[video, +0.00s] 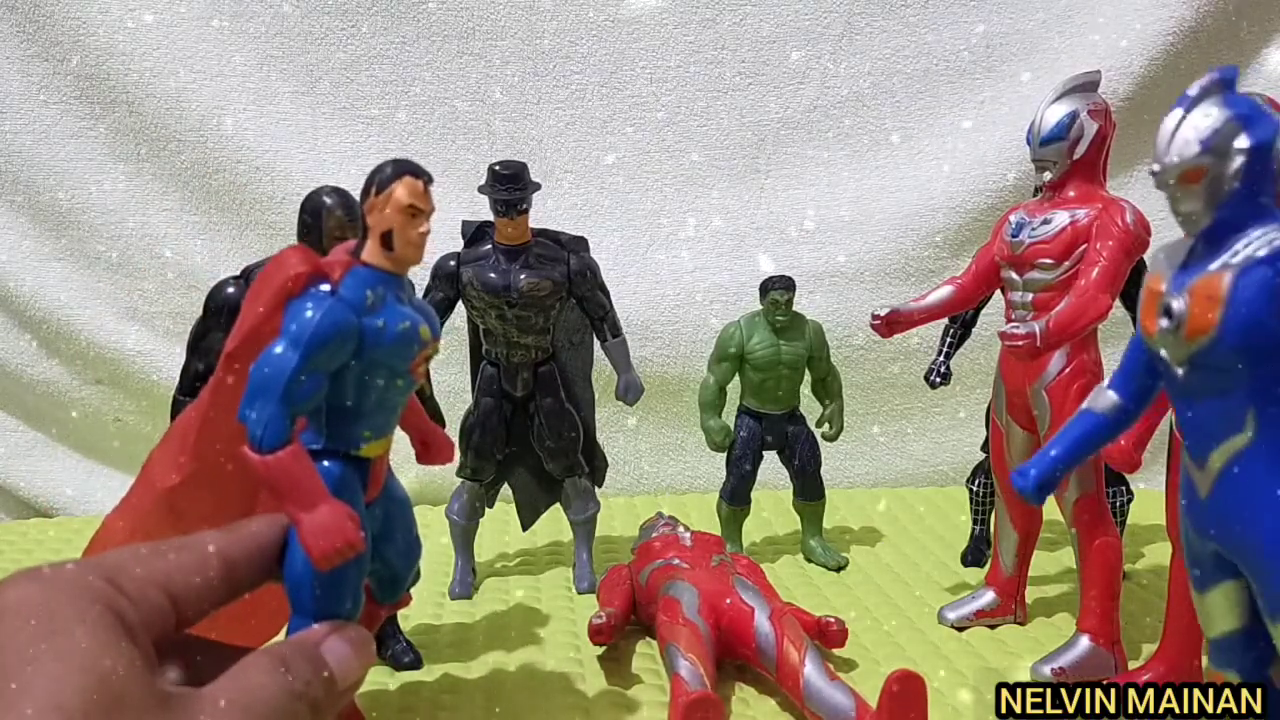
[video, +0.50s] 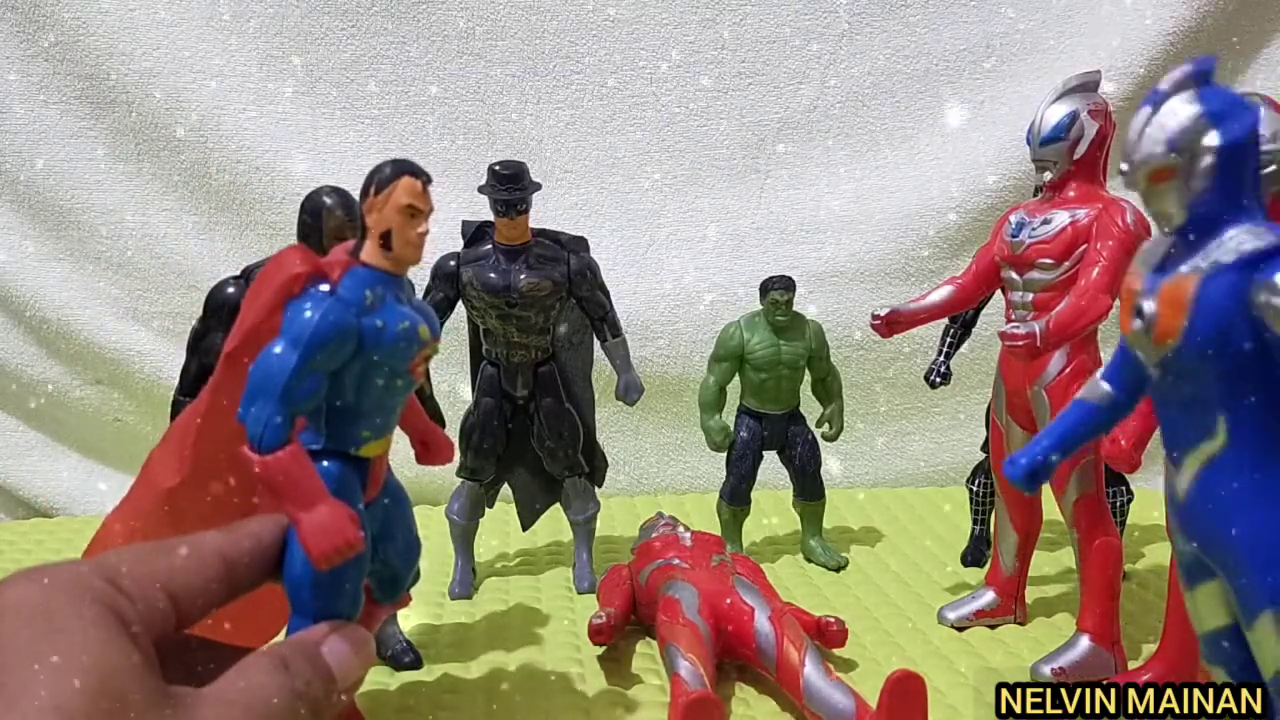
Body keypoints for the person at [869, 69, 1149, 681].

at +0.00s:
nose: (1040, 156)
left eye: (1051, 144)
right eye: (1038, 144)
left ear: (1086, 142)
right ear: (1043, 145)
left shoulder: (1114, 217)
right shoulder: (1019, 217)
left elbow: (1093, 293)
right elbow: (970, 286)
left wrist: (1043, 329)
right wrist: (907, 316)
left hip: (1066, 368)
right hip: (1012, 368)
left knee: (1085, 504)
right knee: (1012, 487)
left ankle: (1099, 639)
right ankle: (1004, 593)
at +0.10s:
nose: (1040, 157)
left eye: (1051, 145)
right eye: (1038, 145)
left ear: (1086, 142)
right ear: (1044, 146)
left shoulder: (1114, 216)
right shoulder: (1018, 217)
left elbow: (1094, 293)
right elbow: (970, 286)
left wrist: (1044, 329)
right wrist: (906, 316)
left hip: (1066, 369)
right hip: (1012, 368)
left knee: (1084, 503)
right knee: (1011, 487)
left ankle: (1100, 639)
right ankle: (1005, 593)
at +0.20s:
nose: (1040, 156)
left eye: (1051, 144)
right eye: (1038, 145)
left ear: (1086, 142)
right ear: (1041, 146)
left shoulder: (1115, 217)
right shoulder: (1019, 217)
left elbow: (1093, 295)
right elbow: (970, 286)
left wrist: (1045, 329)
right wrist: (905, 316)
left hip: (1067, 370)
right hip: (1012, 370)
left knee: (1084, 504)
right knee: (1012, 487)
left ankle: (1100, 639)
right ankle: (1005, 593)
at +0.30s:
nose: (1040, 156)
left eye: (1051, 144)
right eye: (1038, 144)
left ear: (1086, 142)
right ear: (1046, 146)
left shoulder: (1115, 217)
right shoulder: (1019, 217)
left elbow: (1094, 293)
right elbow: (971, 285)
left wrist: (1044, 329)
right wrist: (905, 317)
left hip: (1066, 369)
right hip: (1012, 368)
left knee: (1083, 501)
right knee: (1012, 484)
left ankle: (1099, 640)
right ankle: (1005, 593)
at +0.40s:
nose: (1040, 157)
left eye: (1051, 145)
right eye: (1038, 146)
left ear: (1086, 142)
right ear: (1043, 147)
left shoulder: (1115, 217)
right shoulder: (1019, 218)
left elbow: (1093, 295)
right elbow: (970, 286)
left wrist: (1044, 330)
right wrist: (905, 317)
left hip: (1066, 368)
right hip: (1012, 367)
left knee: (1083, 501)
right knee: (1012, 483)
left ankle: (1099, 640)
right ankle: (1005, 593)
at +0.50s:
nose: (1040, 157)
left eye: (1052, 145)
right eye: (1038, 145)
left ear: (1087, 142)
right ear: (1043, 147)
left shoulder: (1114, 216)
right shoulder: (1019, 216)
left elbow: (1095, 292)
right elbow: (970, 286)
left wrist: (1045, 329)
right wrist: (905, 316)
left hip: (1066, 369)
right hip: (1012, 368)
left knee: (1084, 503)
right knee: (1011, 484)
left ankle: (1100, 639)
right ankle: (1005, 592)